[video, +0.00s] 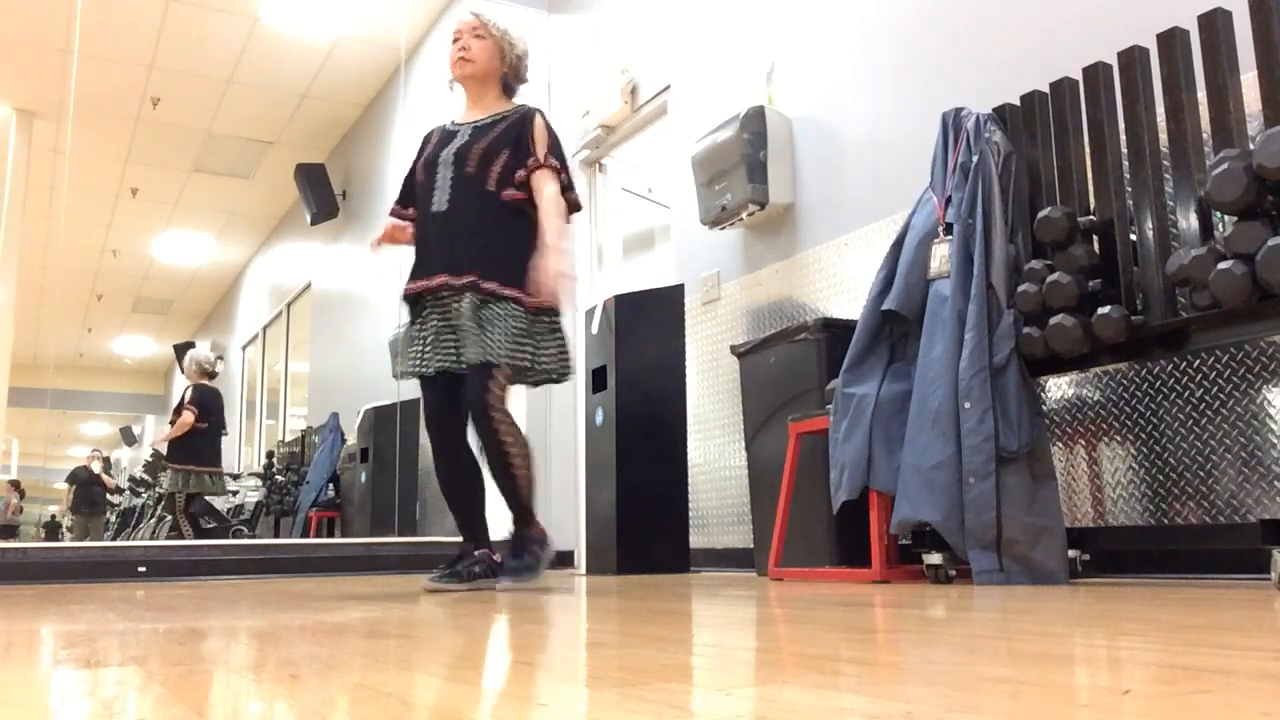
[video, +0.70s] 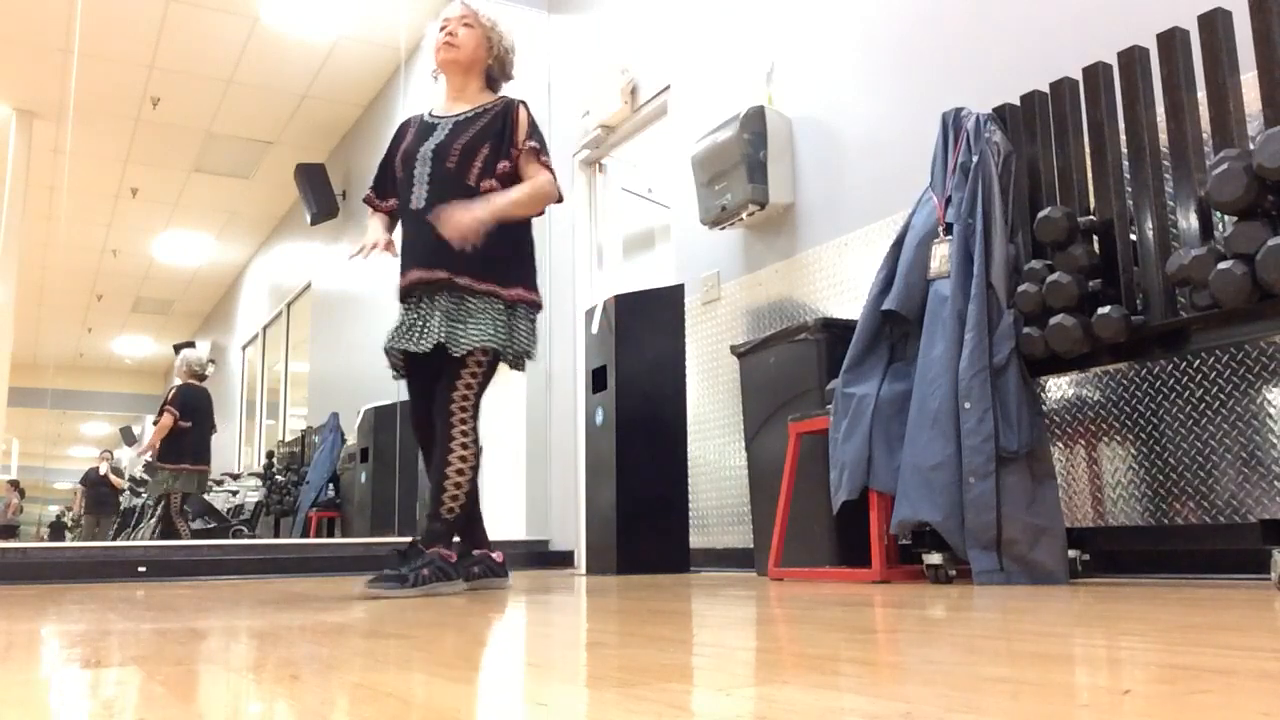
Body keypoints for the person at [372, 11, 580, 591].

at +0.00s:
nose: (460, 46)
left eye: (474, 37)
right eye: (455, 41)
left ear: (505, 57)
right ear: (451, 64)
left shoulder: (526, 121)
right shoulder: (436, 139)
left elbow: (549, 194)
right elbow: (426, 221)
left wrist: (551, 253)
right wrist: (401, 230)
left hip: (500, 287)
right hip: (435, 292)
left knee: (485, 403)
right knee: (442, 425)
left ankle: (529, 535)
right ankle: (476, 549)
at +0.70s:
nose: (447, 30)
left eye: (464, 25)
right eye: (442, 25)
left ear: (490, 51)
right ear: (433, 51)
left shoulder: (509, 113)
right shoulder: (413, 128)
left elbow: (545, 186)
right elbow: (384, 204)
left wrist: (483, 209)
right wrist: (379, 231)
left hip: (487, 286)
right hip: (425, 287)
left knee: (458, 405)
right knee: (430, 418)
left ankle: (439, 547)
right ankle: (476, 547)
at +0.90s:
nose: (453, 29)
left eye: (469, 23)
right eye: (446, 25)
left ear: (497, 47)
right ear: (439, 53)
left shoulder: (517, 106)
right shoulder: (422, 127)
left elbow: (547, 180)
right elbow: (399, 202)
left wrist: (454, 187)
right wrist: (382, 209)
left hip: (498, 279)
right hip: (437, 284)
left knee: (482, 404)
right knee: (449, 417)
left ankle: (504, 548)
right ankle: (475, 550)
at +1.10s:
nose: (459, 36)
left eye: (473, 29)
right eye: (453, 34)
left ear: (505, 50)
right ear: (452, 61)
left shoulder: (527, 107)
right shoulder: (438, 133)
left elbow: (561, 184)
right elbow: (422, 219)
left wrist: (511, 244)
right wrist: (406, 209)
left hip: (515, 282)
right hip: (448, 286)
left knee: (534, 418)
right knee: (459, 425)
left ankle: (575, 546)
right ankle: (481, 551)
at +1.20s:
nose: (464, 38)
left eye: (478, 29)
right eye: (458, 35)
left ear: (510, 49)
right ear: (457, 61)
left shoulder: (537, 107)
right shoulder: (445, 132)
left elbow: (575, 182)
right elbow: (437, 223)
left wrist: (561, 246)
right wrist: (416, 210)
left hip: (523, 279)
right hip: (455, 284)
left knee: (543, 417)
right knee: (462, 423)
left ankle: (574, 548)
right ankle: (482, 552)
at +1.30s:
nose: (469, 37)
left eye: (483, 29)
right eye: (462, 35)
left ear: (514, 48)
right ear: (460, 62)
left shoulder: (545, 107)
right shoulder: (450, 133)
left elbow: (590, 170)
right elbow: (439, 217)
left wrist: (615, 223)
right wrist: (422, 210)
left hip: (534, 280)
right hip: (465, 282)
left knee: (546, 414)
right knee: (466, 421)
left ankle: (576, 549)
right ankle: (483, 551)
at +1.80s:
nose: (495, 50)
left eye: (509, 42)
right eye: (490, 45)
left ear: (539, 61)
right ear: (487, 68)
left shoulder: (565, 118)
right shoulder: (476, 147)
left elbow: (614, 184)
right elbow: (456, 231)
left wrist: (565, 160)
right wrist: (434, 212)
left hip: (565, 288)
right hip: (499, 297)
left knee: (566, 416)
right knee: (456, 409)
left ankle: (579, 550)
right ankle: (473, 544)